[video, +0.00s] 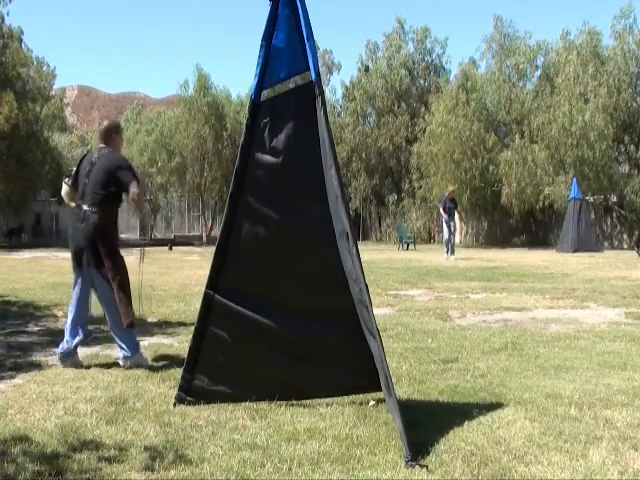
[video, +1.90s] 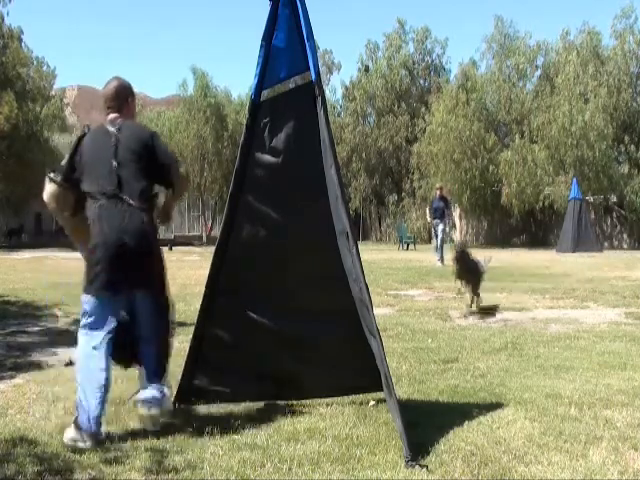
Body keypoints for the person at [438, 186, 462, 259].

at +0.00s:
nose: (450, 195)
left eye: (451, 193)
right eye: (449, 193)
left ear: (453, 194)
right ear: (447, 194)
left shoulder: (454, 200)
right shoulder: (444, 200)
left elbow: (457, 209)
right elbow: (441, 208)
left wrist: (461, 217)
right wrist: (444, 215)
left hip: (452, 218)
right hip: (446, 218)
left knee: (452, 236)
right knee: (447, 236)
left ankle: (452, 253)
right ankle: (446, 252)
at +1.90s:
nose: (439, 192)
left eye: (440, 190)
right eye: (437, 190)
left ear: (442, 191)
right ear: (436, 191)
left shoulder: (445, 200)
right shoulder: (433, 200)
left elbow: (448, 210)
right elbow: (430, 209)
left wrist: (449, 219)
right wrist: (430, 217)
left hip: (442, 220)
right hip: (434, 220)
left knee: (440, 239)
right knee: (436, 238)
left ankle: (440, 258)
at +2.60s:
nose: (425, 188)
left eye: (426, 186)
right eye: (423, 186)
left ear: (429, 186)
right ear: (421, 187)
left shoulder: (432, 196)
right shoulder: (419, 197)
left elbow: (436, 208)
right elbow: (416, 208)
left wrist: (438, 218)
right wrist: (416, 218)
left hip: (431, 219)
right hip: (422, 219)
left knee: (430, 239)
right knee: (424, 240)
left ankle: (430, 260)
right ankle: (427, 259)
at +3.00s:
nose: (420, 188)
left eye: (421, 185)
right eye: (418, 186)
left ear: (423, 186)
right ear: (416, 187)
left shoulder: (427, 197)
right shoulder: (413, 197)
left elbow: (430, 211)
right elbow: (410, 210)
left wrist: (432, 223)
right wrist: (410, 221)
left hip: (425, 221)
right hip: (416, 221)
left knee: (425, 244)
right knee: (415, 243)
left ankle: (426, 264)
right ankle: (417, 263)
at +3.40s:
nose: (407, 187)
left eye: (409, 185)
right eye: (405, 185)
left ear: (412, 185)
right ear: (404, 186)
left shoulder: (417, 196)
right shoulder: (402, 196)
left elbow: (420, 210)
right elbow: (399, 209)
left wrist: (418, 221)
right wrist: (396, 221)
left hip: (414, 221)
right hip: (405, 220)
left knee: (414, 244)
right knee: (407, 245)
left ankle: (419, 261)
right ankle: (410, 265)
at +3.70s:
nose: (401, 186)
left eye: (402, 184)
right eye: (399, 184)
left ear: (405, 185)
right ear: (397, 186)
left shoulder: (410, 196)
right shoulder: (394, 197)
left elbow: (416, 207)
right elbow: (391, 207)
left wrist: (420, 218)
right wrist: (391, 215)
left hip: (407, 220)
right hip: (397, 220)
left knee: (404, 244)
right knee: (403, 244)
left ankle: (404, 265)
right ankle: (409, 263)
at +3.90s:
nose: (395, 184)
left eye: (397, 182)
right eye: (394, 182)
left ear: (401, 182)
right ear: (392, 183)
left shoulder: (405, 194)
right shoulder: (390, 195)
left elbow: (410, 208)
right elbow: (388, 207)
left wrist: (412, 220)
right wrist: (387, 219)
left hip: (403, 220)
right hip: (394, 220)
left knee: (402, 244)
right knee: (392, 243)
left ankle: (403, 267)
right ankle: (399, 263)